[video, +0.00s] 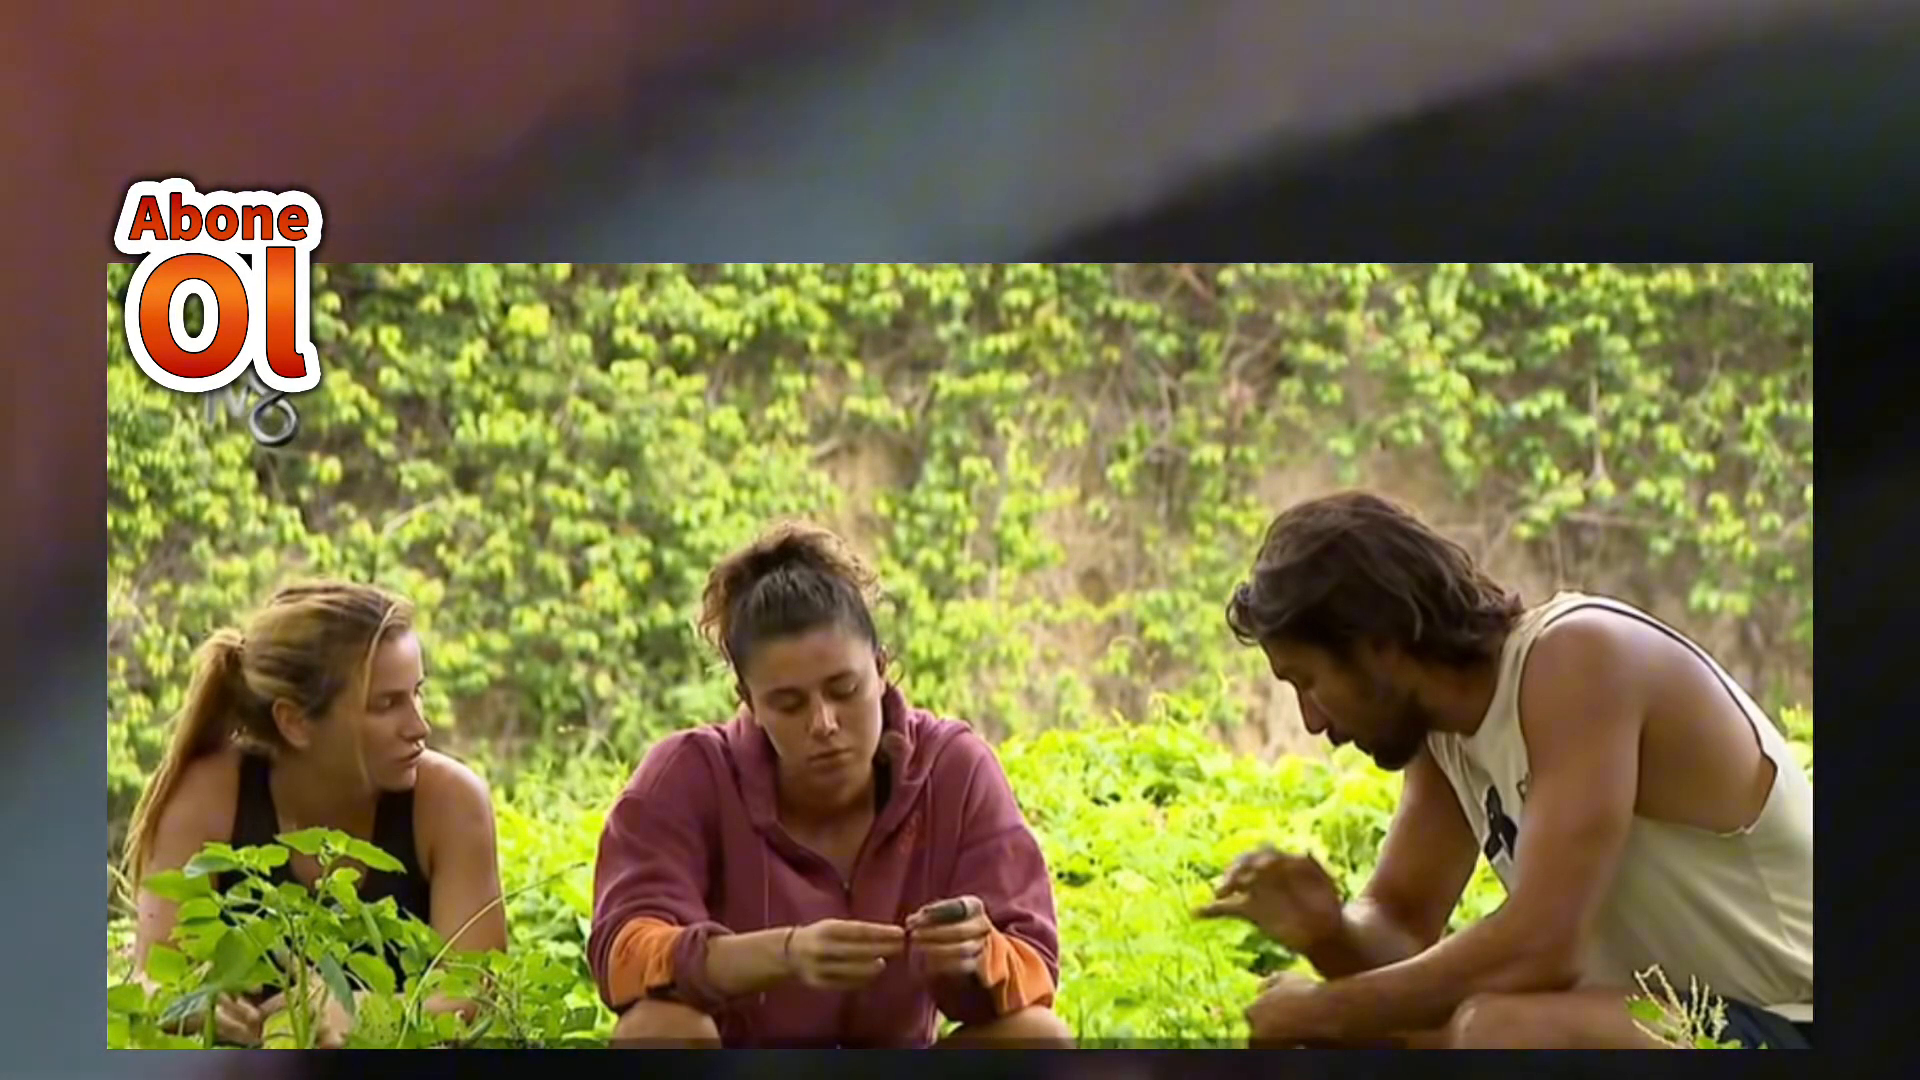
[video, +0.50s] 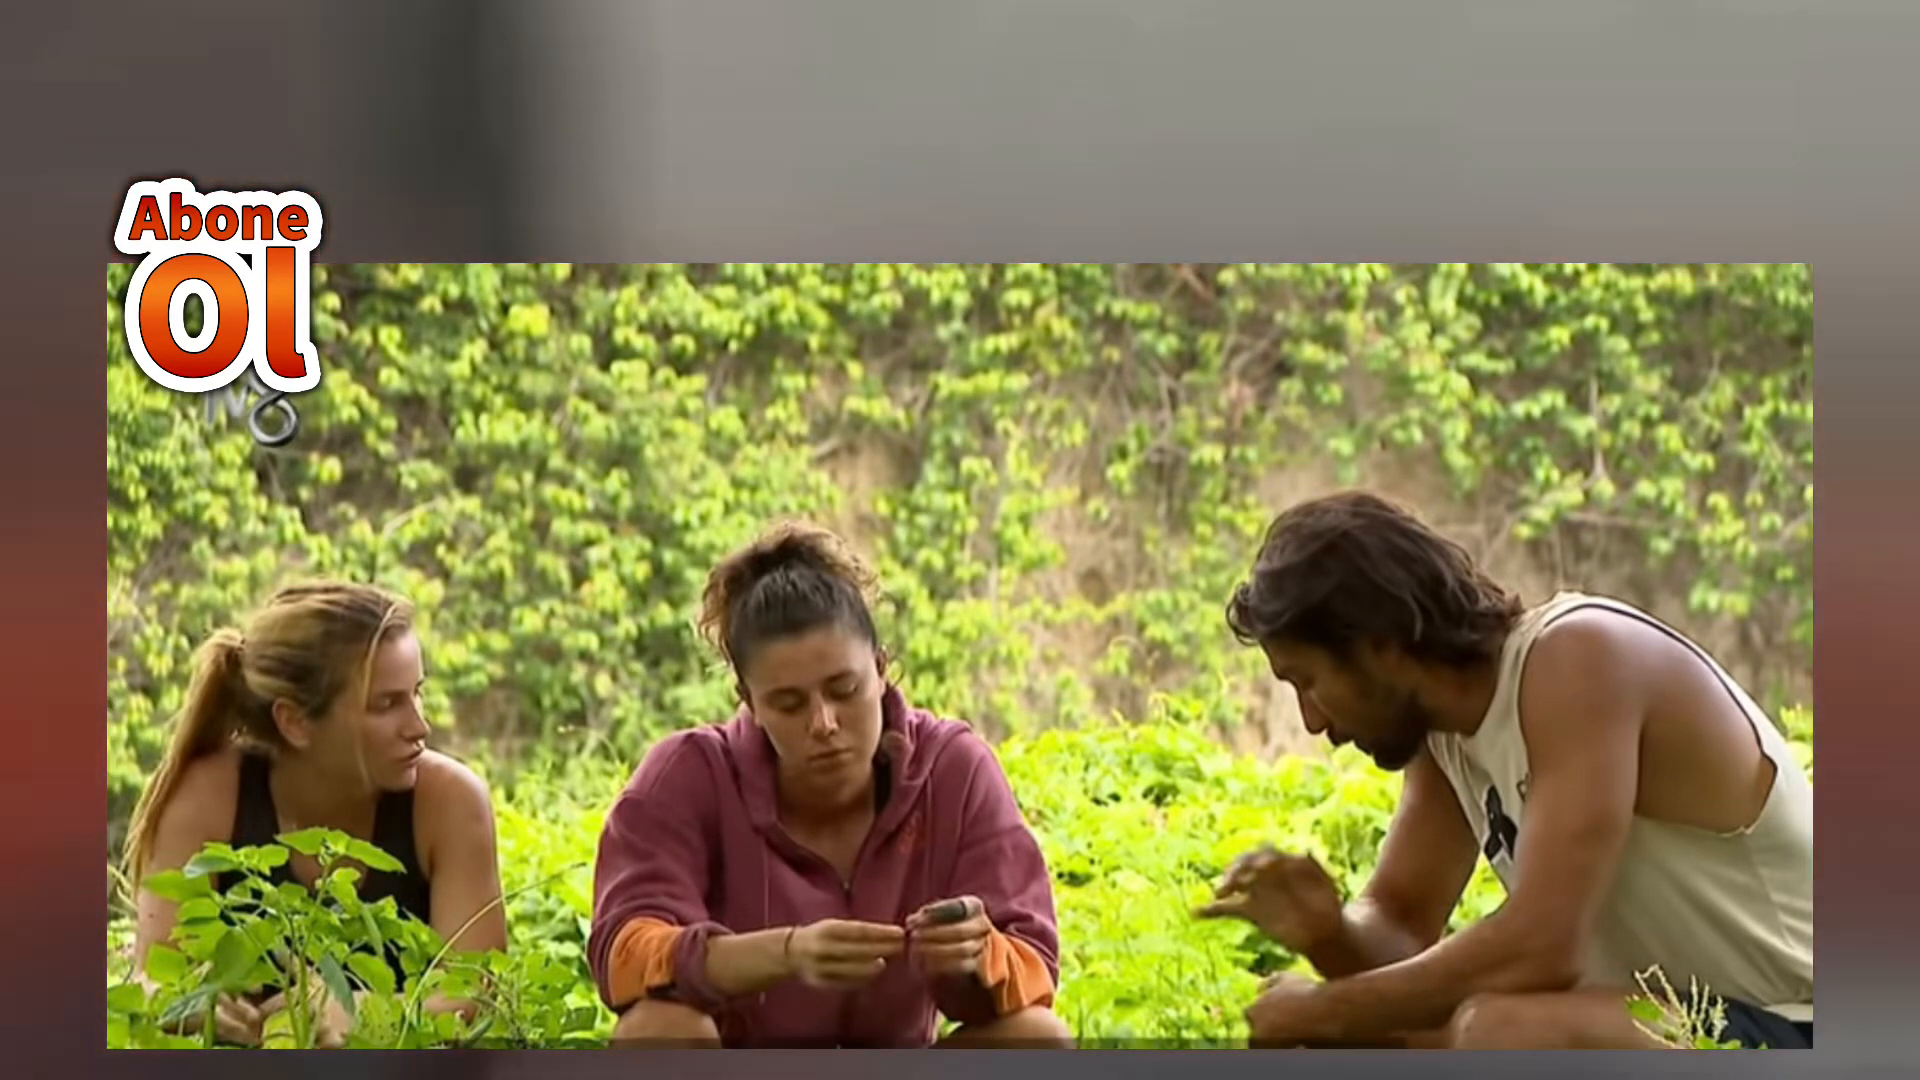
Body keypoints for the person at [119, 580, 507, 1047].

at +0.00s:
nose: (420, 725)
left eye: (417, 695)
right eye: (388, 705)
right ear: (295, 723)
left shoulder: (451, 800)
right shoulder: (206, 793)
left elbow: (470, 1001)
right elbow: (153, 985)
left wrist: (354, 1013)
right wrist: (203, 1009)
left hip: (385, 1068)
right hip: (239, 1068)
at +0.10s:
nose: (420, 725)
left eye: (417, 695)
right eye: (387, 705)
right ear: (295, 723)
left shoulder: (451, 800)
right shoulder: (206, 793)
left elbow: (470, 1000)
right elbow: (153, 985)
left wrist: (354, 1013)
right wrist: (202, 1009)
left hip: (384, 1065)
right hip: (239, 1064)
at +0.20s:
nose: (420, 725)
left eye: (417, 695)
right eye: (387, 705)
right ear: (295, 723)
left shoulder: (451, 800)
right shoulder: (206, 793)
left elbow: (470, 1001)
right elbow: (153, 984)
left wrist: (354, 1014)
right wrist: (201, 1009)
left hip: (387, 1065)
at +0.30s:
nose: (420, 725)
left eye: (417, 695)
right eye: (387, 705)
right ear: (295, 722)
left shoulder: (451, 800)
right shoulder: (206, 792)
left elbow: (471, 1001)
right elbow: (153, 983)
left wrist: (355, 1013)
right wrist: (201, 1009)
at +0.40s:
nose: (420, 725)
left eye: (417, 695)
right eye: (387, 705)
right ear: (295, 722)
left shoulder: (451, 800)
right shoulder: (206, 792)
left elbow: (470, 1001)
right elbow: (153, 983)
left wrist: (354, 1013)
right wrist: (202, 1008)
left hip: (388, 1069)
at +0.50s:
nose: (420, 725)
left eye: (417, 695)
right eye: (387, 705)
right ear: (295, 722)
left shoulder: (452, 800)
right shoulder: (206, 792)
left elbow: (470, 1002)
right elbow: (153, 983)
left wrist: (354, 1014)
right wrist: (202, 1008)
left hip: (387, 1069)